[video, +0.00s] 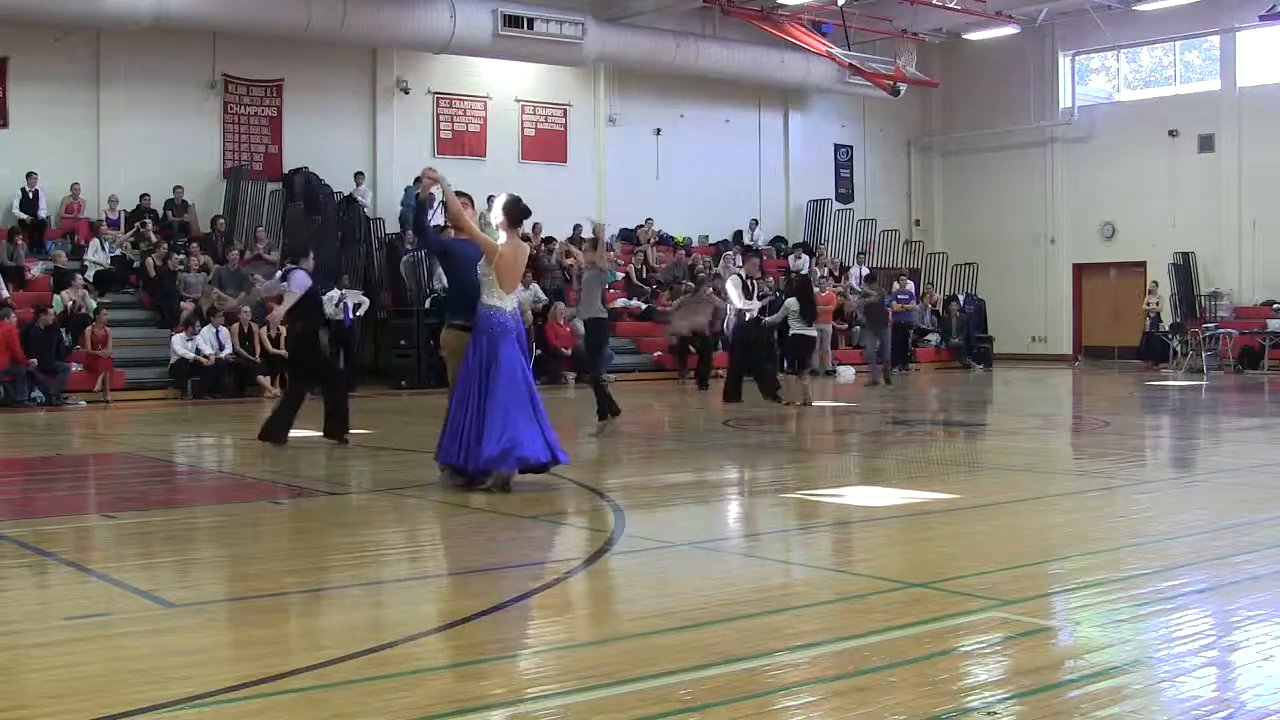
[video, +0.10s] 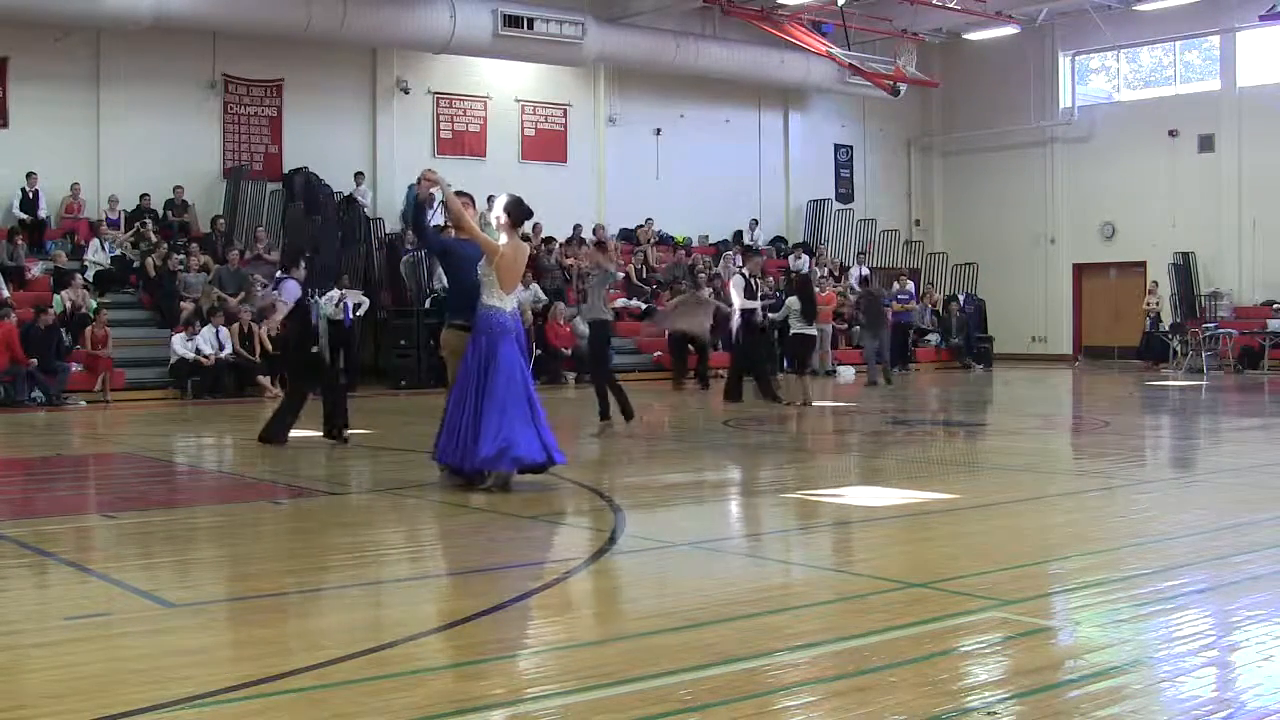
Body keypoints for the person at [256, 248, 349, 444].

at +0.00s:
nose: (313, 263)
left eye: (312, 259)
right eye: (311, 259)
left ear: (292, 259)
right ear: (303, 259)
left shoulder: (284, 275)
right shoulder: (301, 276)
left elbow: (266, 289)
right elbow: (292, 295)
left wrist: (261, 284)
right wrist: (280, 311)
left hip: (297, 340)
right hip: (308, 341)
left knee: (297, 388)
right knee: (334, 379)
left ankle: (274, 431)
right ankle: (335, 428)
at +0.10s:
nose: (306, 271)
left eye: (305, 266)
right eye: (303, 266)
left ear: (287, 267)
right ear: (295, 267)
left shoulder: (282, 282)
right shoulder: (292, 286)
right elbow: (277, 317)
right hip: (298, 348)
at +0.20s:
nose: (297, 276)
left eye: (297, 273)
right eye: (295, 273)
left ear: (281, 274)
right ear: (284, 274)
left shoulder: (277, 290)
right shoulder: (285, 292)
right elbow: (296, 326)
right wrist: (306, 324)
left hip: (276, 350)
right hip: (284, 351)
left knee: (299, 393)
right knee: (315, 386)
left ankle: (273, 432)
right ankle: (310, 432)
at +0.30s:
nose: (291, 279)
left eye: (291, 275)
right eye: (287, 275)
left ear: (275, 278)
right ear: (276, 277)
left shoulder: (271, 293)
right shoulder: (279, 296)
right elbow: (301, 314)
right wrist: (332, 332)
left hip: (269, 352)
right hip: (273, 354)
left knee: (292, 396)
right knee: (296, 398)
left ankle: (260, 425)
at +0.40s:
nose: (287, 281)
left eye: (286, 277)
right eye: (282, 278)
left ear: (273, 281)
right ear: (272, 279)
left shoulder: (265, 298)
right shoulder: (279, 300)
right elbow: (299, 321)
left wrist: (302, 354)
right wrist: (322, 337)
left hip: (264, 360)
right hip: (269, 361)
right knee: (292, 398)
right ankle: (271, 435)